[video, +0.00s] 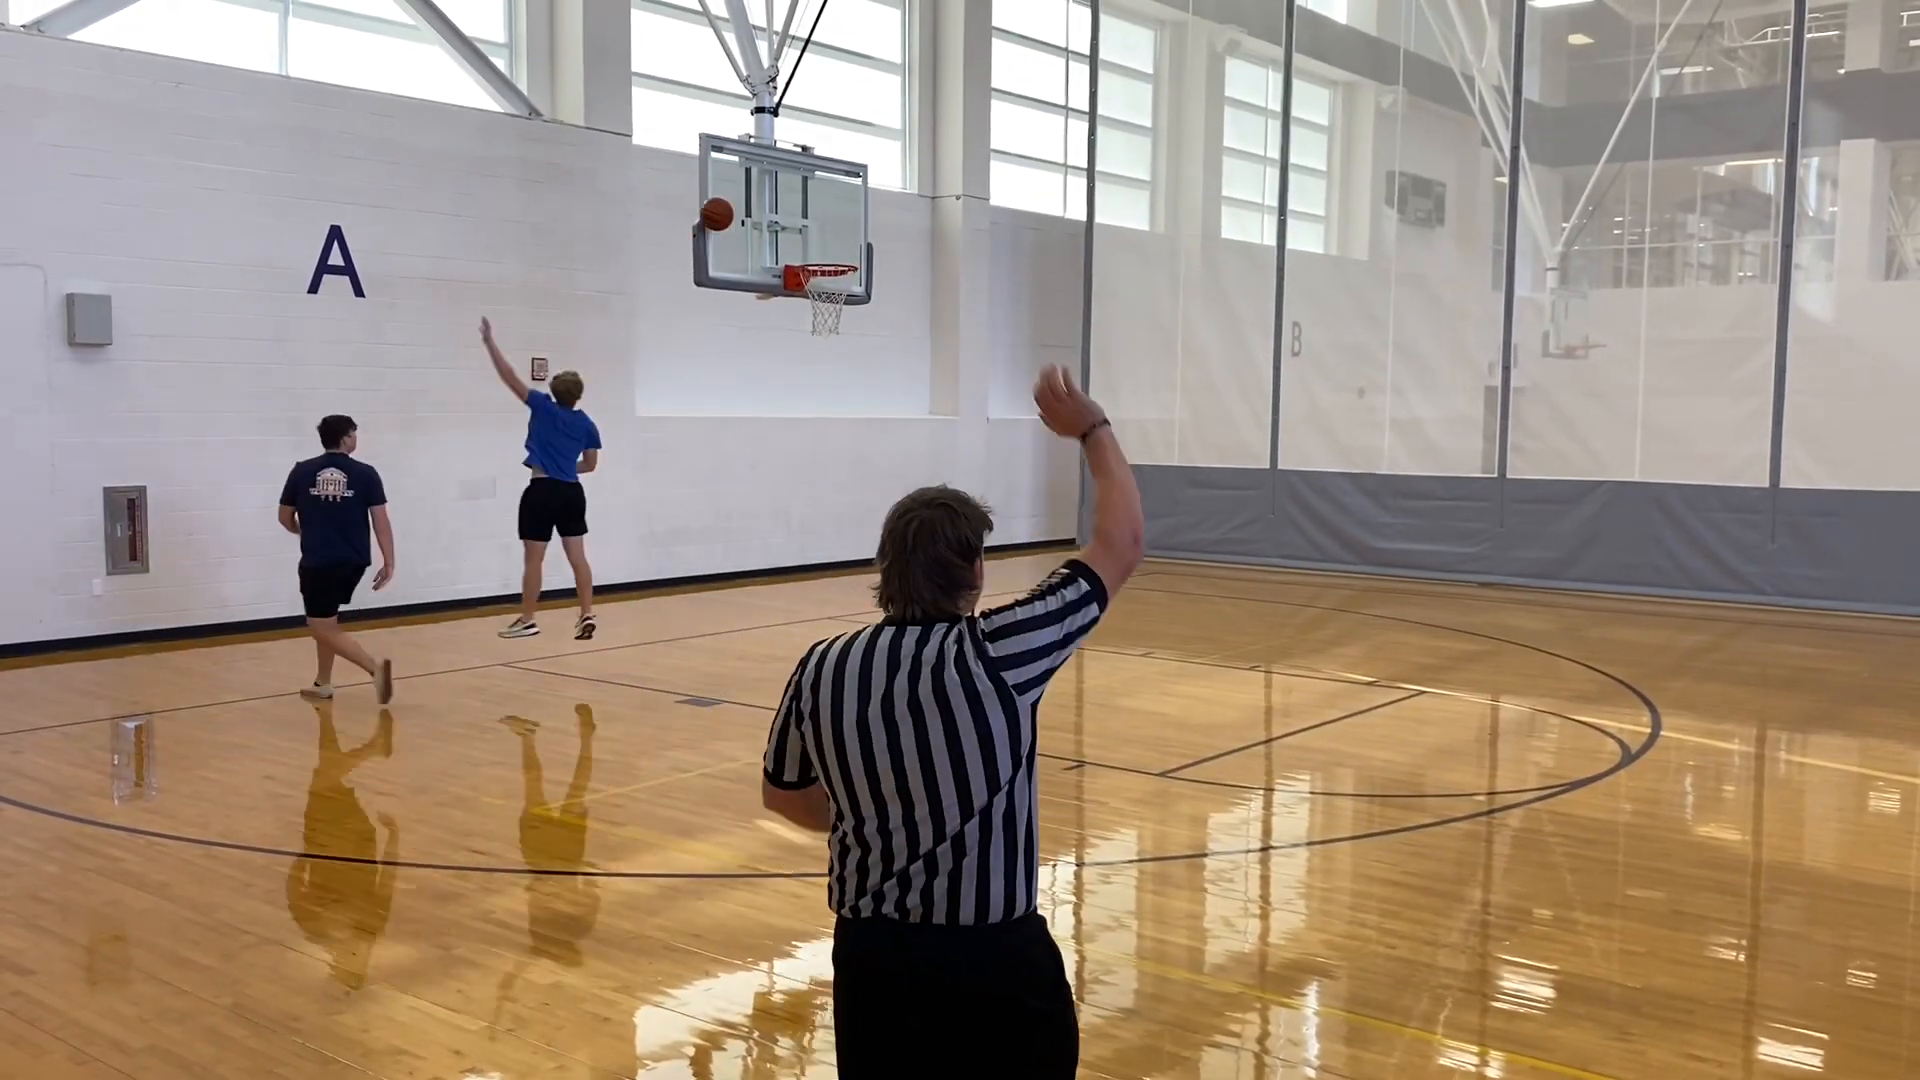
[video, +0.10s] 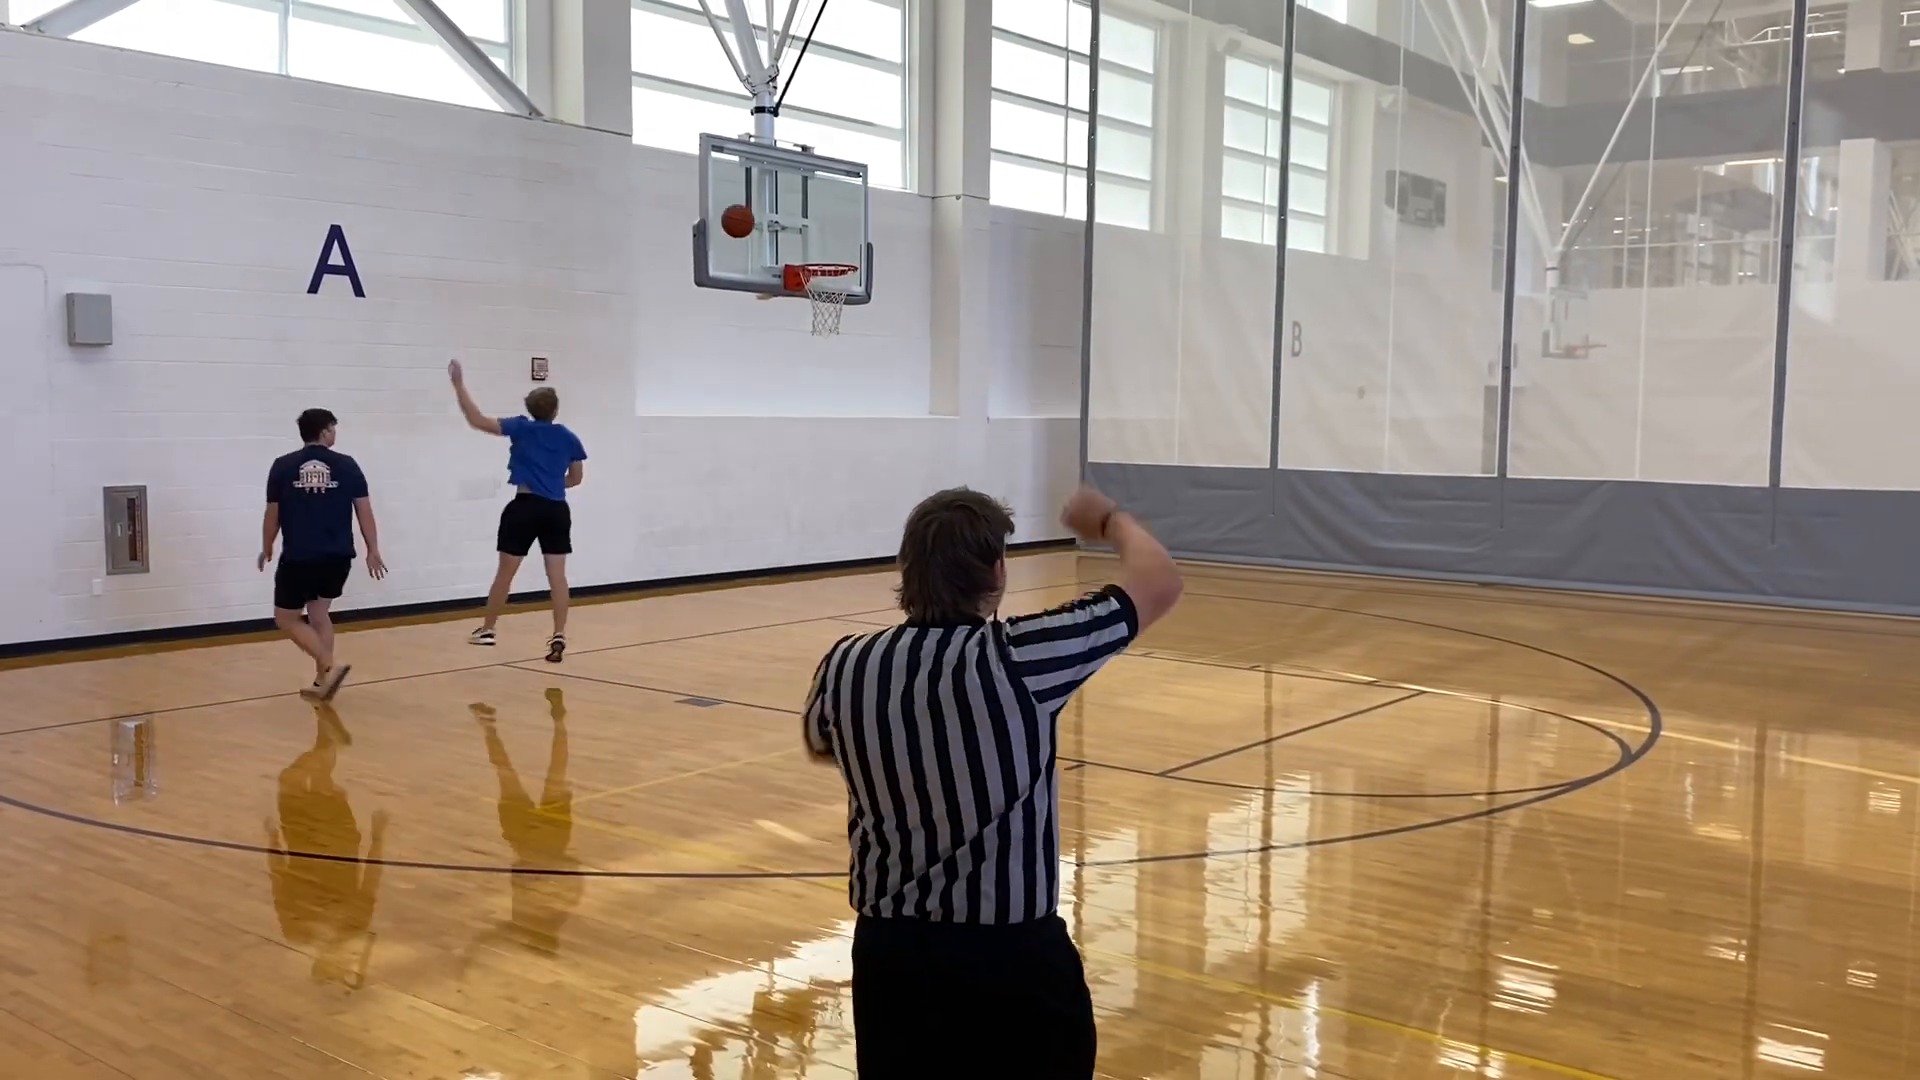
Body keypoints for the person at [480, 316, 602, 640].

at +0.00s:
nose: (551, 387)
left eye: (553, 385)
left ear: (554, 391)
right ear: (579, 395)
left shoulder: (542, 406)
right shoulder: (586, 425)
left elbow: (510, 377)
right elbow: (590, 465)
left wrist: (489, 342)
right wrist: (564, 467)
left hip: (540, 492)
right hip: (572, 494)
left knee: (533, 560)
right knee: (578, 558)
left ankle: (527, 619)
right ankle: (587, 615)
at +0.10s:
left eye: (532, 406)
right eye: (551, 406)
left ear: (529, 408)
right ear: (555, 410)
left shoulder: (520, 427)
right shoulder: (567, 437)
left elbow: (477, 421)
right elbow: (575, 479)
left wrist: (458, 385)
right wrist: (550, 479)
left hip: (523, 508)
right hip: (556, 511)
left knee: (505, 572)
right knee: (558, 576)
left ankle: (488, 629)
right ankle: (559, 636)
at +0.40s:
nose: (503, 455)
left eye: (501, 450)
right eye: (500, 452)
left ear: (476, 460)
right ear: (493, 457)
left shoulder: (463, 488)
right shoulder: (515, 482)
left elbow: (458, 533)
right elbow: (526, 517)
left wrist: (462, 561)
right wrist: (527, 551)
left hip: (475, 561)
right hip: (510, 559)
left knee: (455, 608)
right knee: (516, 605)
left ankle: (437, 660)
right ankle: (519, 639)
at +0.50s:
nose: (501, 447)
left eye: (499, 443)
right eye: (498, 443)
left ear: (474, 450)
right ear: (491, 447)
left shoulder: (460, 478)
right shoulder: (509, 471)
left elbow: (459, 524)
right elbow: (525, 509)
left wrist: (475, 540)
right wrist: (531, 544)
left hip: (475, 552)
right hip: (509, 548)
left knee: (461, 602)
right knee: (515, 593)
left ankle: (439, 658)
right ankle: (508, 638)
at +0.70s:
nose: (515, 446)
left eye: (514, 441)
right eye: (513, 442)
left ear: (489, 447)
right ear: (504, 444)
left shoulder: (468, 472)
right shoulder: (516, 466)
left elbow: (459, 513)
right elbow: (529, 499)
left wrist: (484, 516)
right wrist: (532, 538)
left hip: (476, 543)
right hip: (510, 540)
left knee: (462, 598)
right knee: (518, 590)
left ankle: (441, 653)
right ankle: (511, 645)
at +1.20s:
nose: (569, 442)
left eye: (569, 437)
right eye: (565, 437)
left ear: (547, 438)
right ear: (550, 437)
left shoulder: (527, 460)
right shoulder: (552, 462)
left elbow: (514, 497)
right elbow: (555, 499)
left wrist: (533, 513)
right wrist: (560, 530)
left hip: (523, 530)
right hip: (540, 532)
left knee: (534, 585)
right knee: (532, 588)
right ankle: (516, 644)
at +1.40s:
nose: (591, 447)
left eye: (592, 443)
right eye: (588, 442)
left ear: (571, 443)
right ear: (573, 442)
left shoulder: (553, 463)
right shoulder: (570, 467)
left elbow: (541, 498)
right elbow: (569, 507)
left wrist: (572, 521)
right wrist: (578, 533)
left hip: (549, 533)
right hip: (559, 535)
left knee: (575, 582)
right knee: (541, 592)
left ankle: (592, 635)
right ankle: (516, 641)